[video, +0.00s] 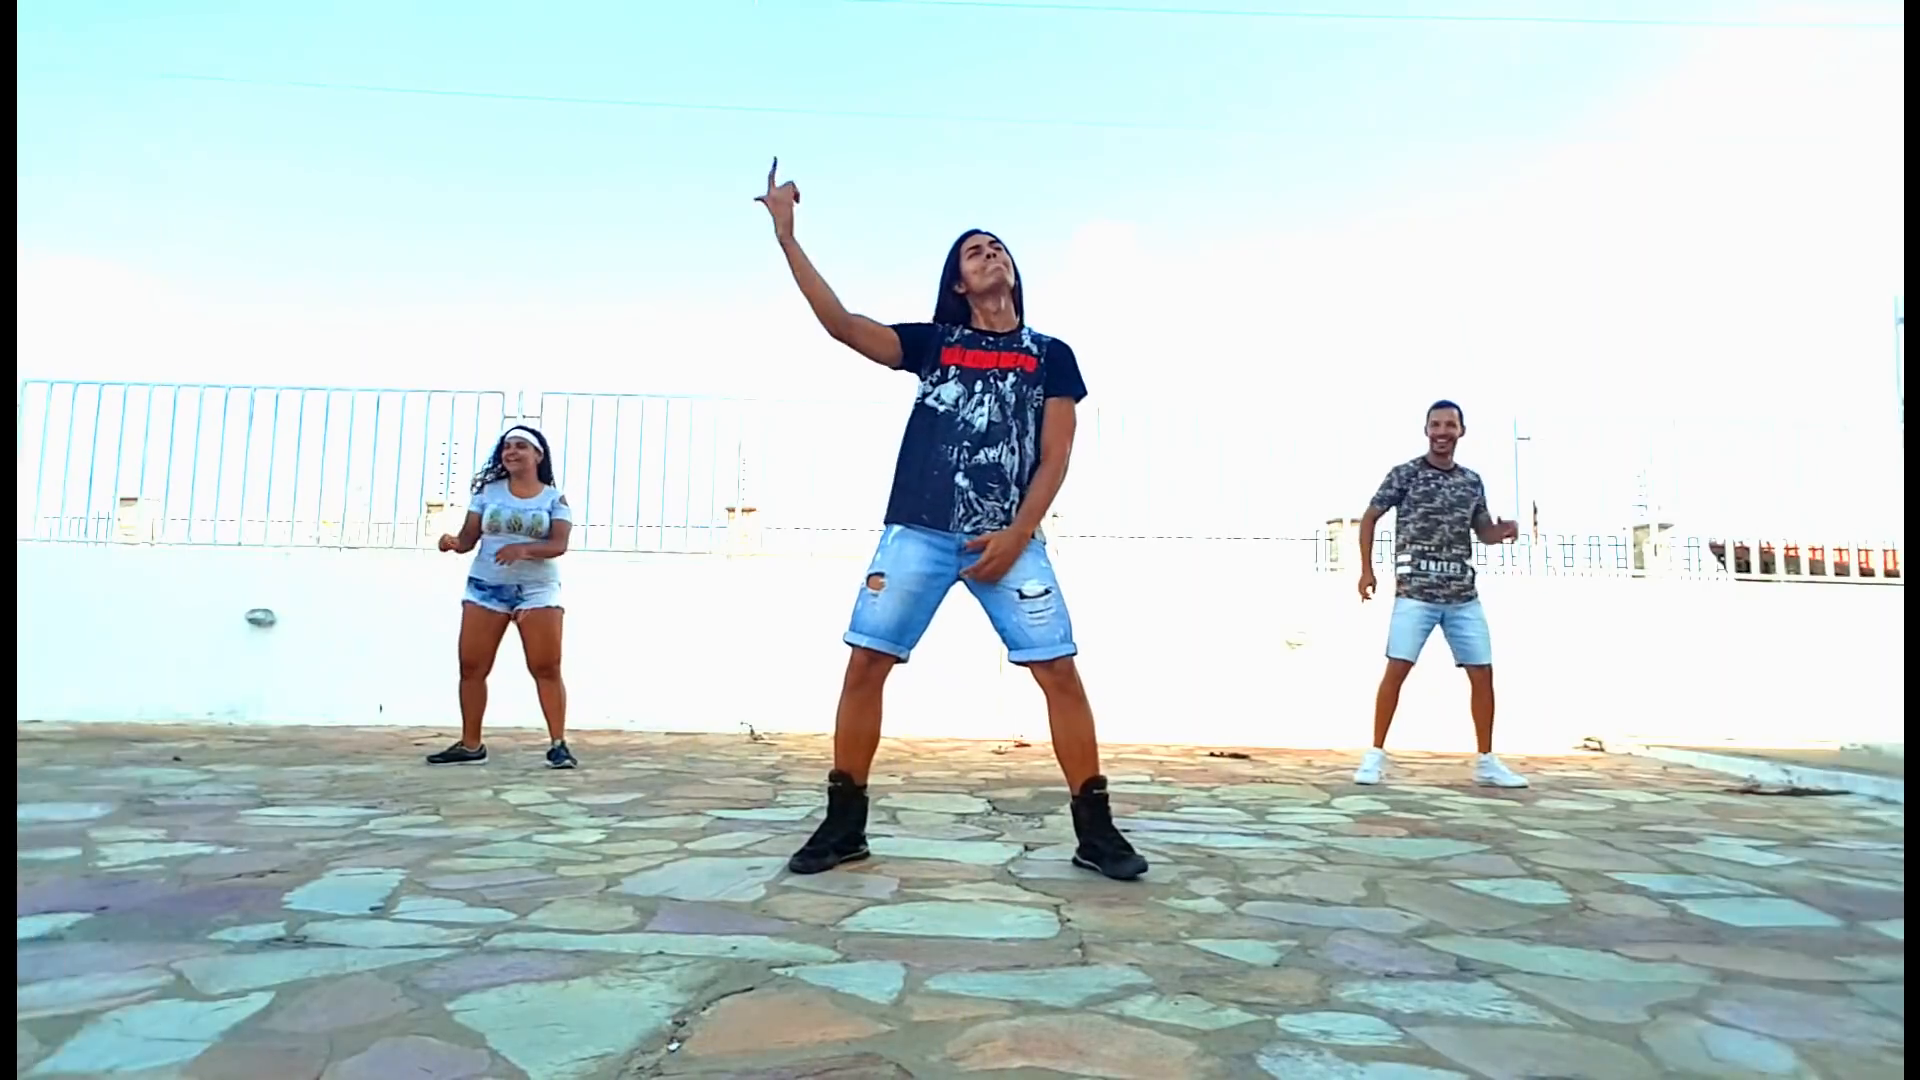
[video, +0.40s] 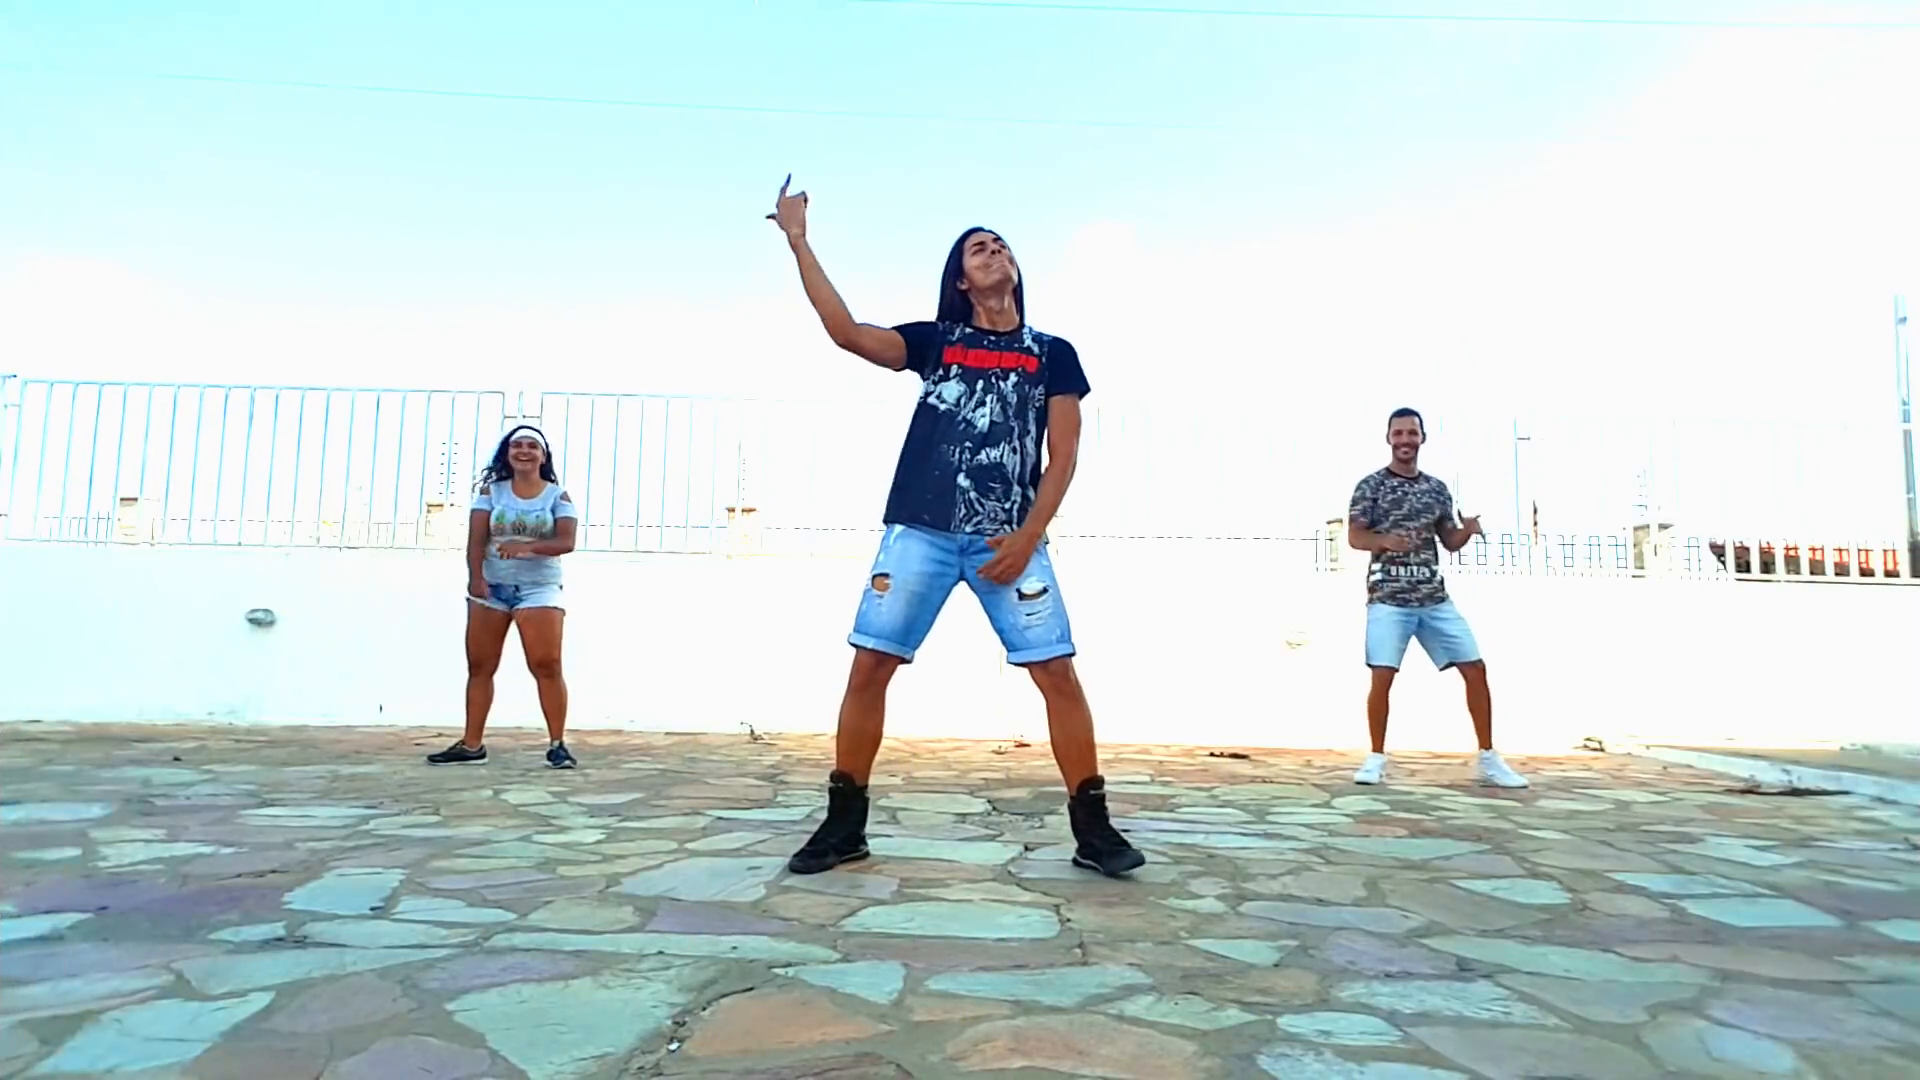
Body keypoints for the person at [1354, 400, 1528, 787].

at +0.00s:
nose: (1443, 432)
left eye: (1450, 426)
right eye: (1436, 425)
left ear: (1461, 432)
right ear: (1426, 431)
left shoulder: (1471, 481)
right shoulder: (1404, 475)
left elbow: (1484, 532)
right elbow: (1368, 520)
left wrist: (1501, 531)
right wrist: (1367, 569)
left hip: (1462, 597)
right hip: (1415, 595)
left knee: (1482, 672)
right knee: (1397, 669)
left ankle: (1486, 759)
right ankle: (1376, 753)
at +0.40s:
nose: (1405, 440)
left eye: (1412, 434)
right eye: (1398, 434)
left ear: (1422, 439)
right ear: (1388, 439)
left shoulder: (1436, 489)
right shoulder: (1370, 487)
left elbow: (1451, 542)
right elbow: (1355, 538)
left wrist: (1468, 530)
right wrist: (1385, 541)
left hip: (1434, 599)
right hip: (1389, 599)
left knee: (1474, 668)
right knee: (1382, 675)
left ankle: (1488, 756)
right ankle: (1376, 757)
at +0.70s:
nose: (1383, 455)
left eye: (1389, 450)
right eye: (1377, 446)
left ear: (1394, 457)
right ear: (1361, 447)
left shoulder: (1400, 497)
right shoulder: (1337, 495)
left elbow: (1408, 550)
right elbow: (1343, 523)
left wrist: (1431, 553)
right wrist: (1393, 496)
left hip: (1420, 602)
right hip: (1373, 607)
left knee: (1465, 672)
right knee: (1374, 682)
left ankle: (1482, 755)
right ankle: (1375, 758)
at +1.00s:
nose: (1374, 432)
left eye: (1377, 425)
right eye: (1365, 427)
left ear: (1383, 429)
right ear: (1349, 434)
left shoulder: (1397, 471)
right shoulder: (1332, 484)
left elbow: (1426, 513)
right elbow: (1311, 530)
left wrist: (1432, 483)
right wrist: (1331, 572)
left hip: (1412, 586)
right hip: (1369, 594)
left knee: (1472, 636)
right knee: (1374, 674)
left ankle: (1521, 722)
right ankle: (1374, 756)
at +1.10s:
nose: (1368, 450)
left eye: (1373, 442)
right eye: (1360, 444)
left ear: (1383, 444)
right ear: (1348, 449)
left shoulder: (1396, 488)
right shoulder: (1331, 495)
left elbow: (1424, 529)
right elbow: (1306, 535)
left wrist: (1432, 488)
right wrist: (1332, 577)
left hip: (1413, 594)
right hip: (1370, 603)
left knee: (1471, 649)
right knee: (1376, 680)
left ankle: (1528, 733)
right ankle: (1376, 757)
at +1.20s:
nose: (1351, 450)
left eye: (1358, 443)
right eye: (1346, 444)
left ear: (1377, 447)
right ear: (1343, 448)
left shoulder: (1399, 490)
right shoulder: (1332, 499)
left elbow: (1415, 542)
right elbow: (1315, 551)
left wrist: (1435, 518)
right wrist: (1341, 579)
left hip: (1415, 597)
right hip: (1371, 605)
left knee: (1471, 653)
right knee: (1375, 681)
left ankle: (1517, 742)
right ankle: (1376, 758)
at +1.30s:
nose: (1335, 440)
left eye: (1342, 434)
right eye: (1334, 434)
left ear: (1367, 435)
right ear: (1340, 437)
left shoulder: (1403, 474)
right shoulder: (1335, 487)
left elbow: (1425, 520)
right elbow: (1328, 541)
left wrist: (1444, 546)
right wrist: (1346, 540)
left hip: (1419, 585)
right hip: (1373, 595)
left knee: (1466, 650)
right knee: (1374, 673)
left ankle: (1499, 740)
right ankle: (1375, 756)